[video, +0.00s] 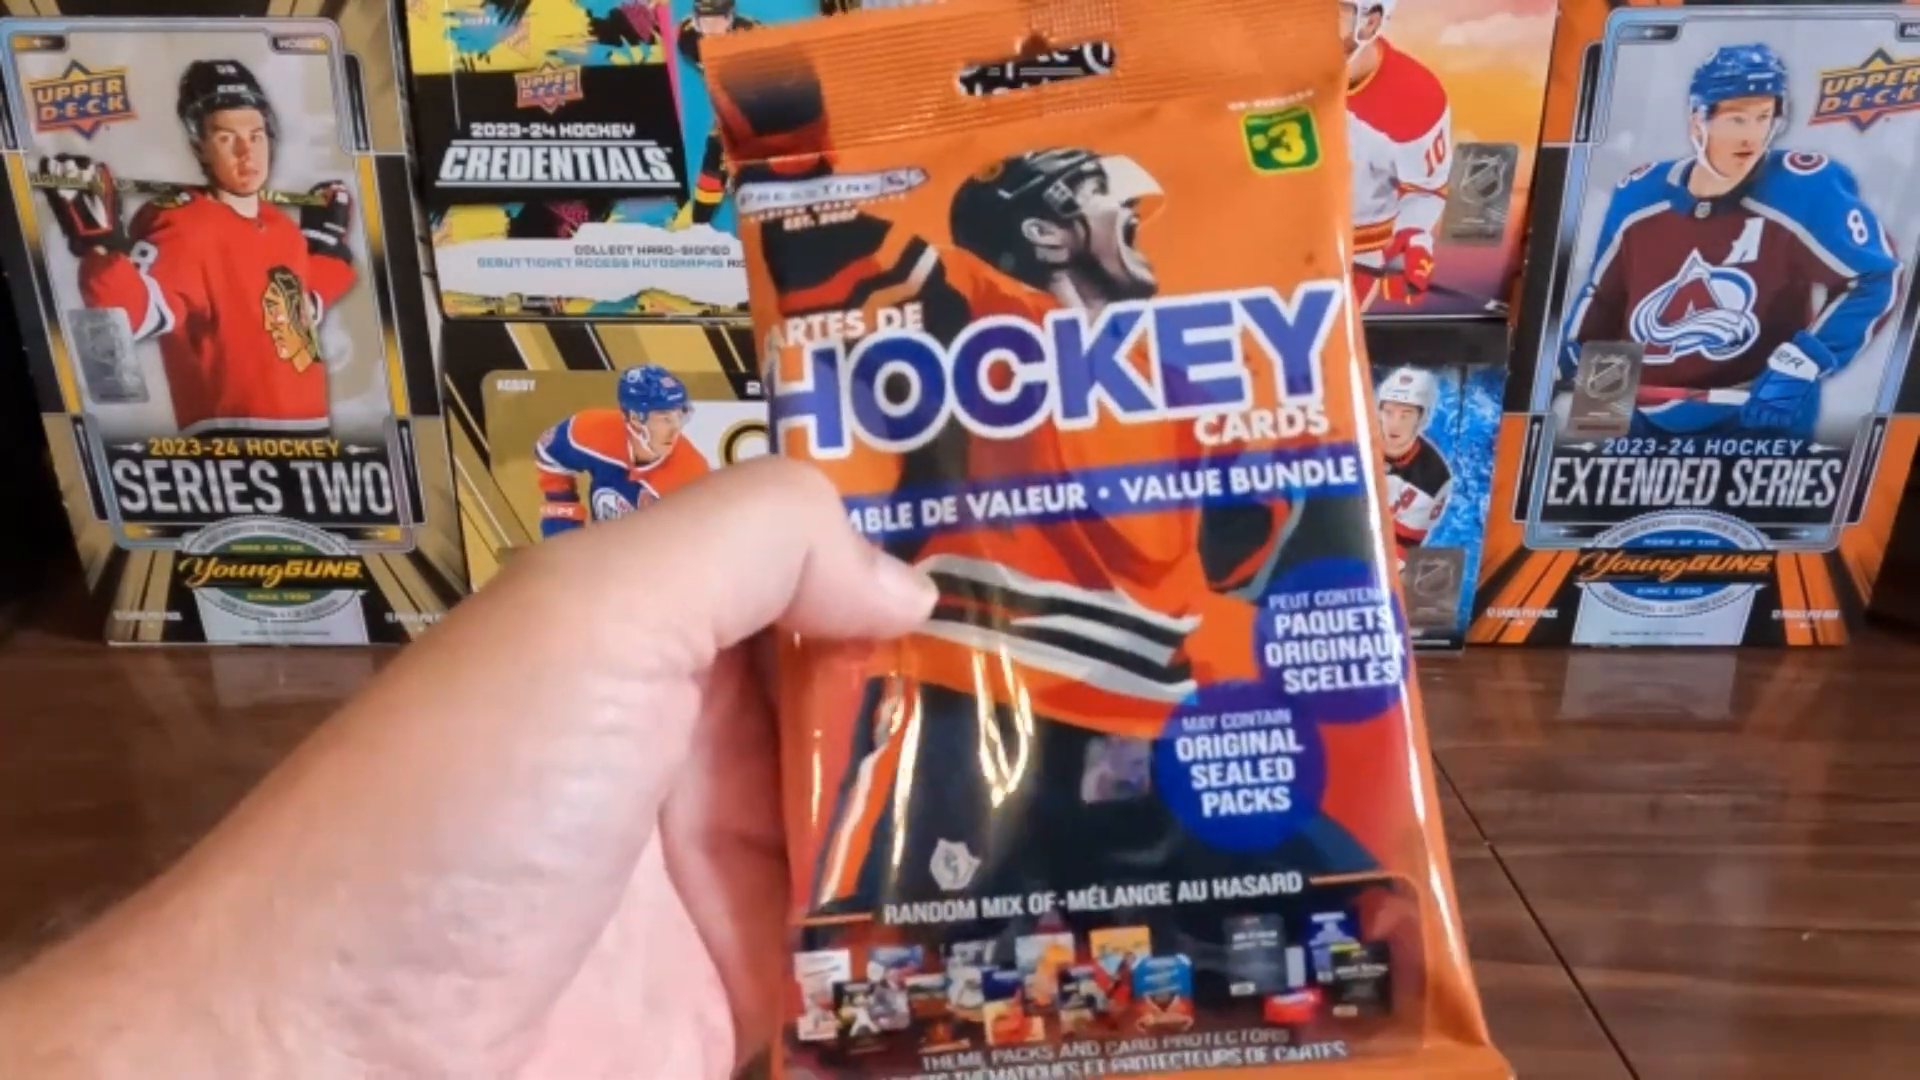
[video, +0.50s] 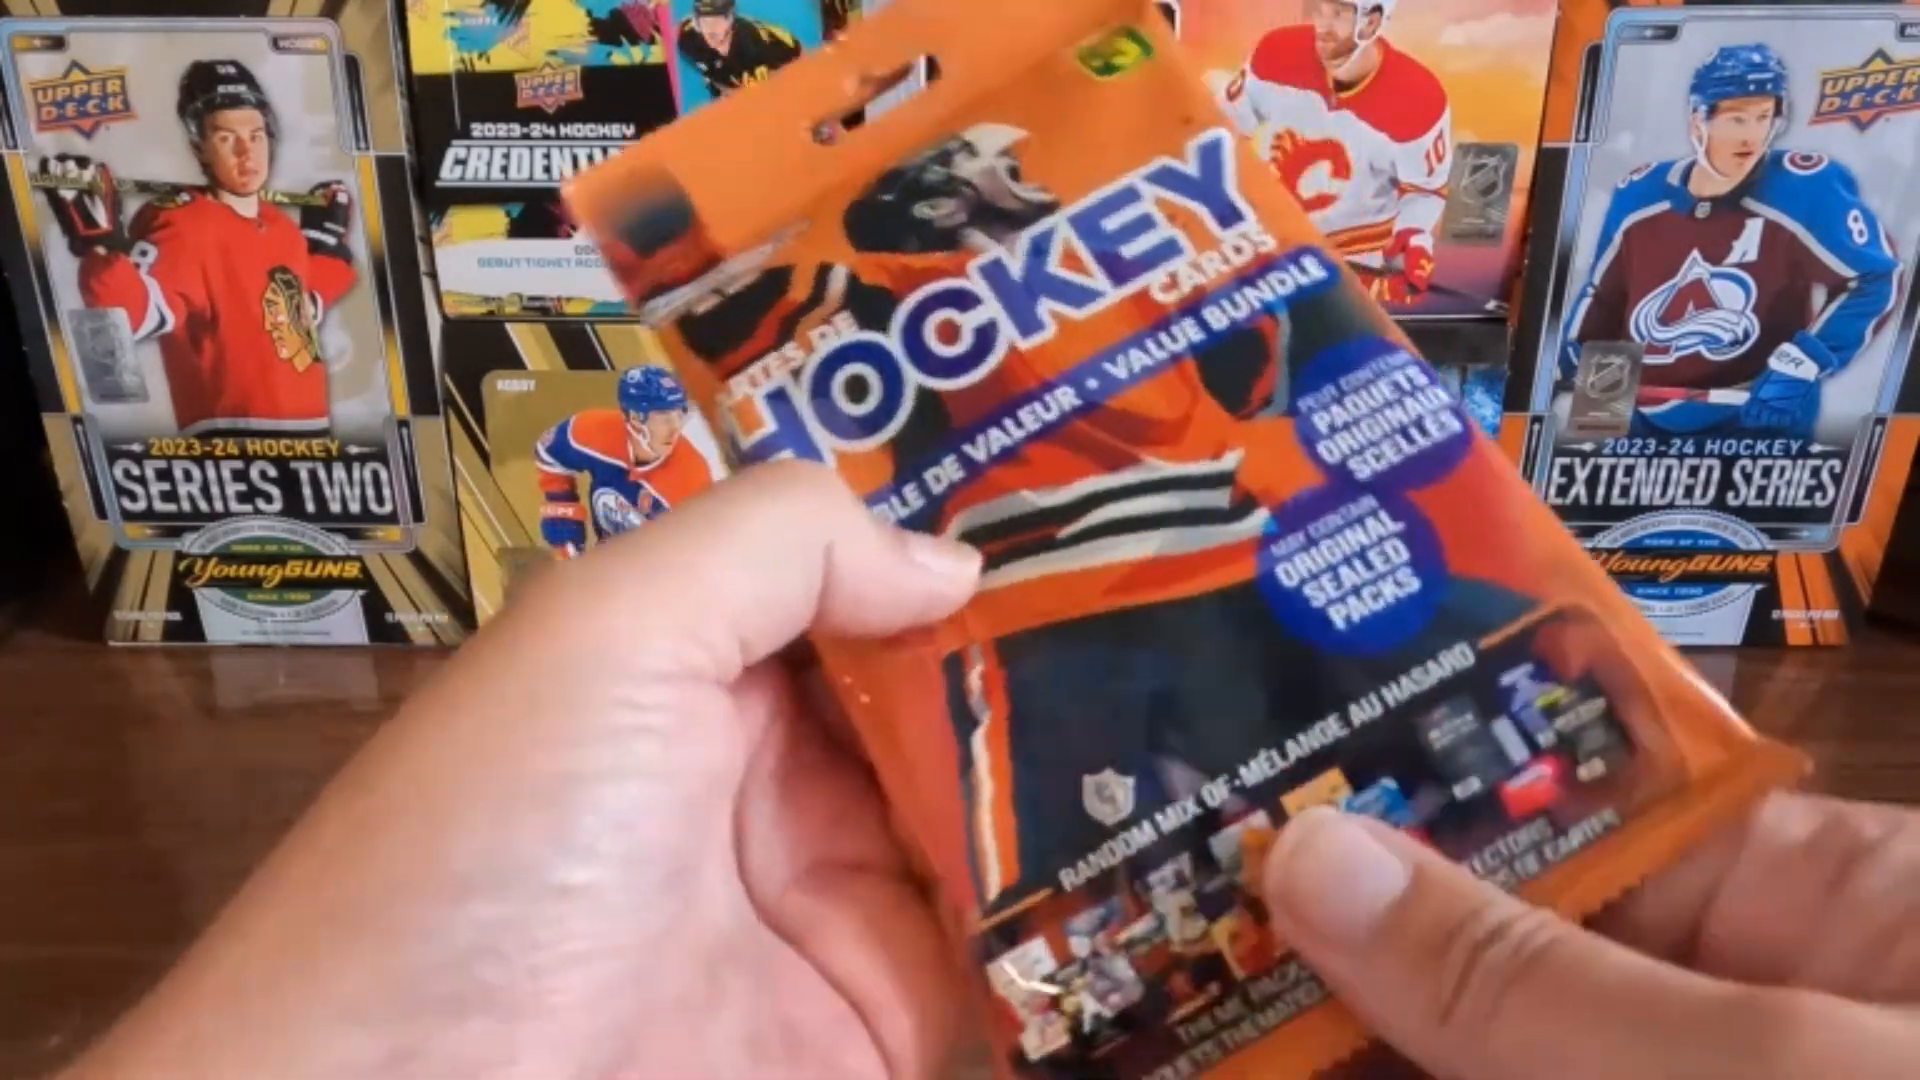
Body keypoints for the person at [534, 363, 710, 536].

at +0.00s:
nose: (676, 429)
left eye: (679, 418)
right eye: (665, 419)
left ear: (684, 416)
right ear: (635, 420)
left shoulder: (692, 474)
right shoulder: (592, 431)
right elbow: (549, 454)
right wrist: (564, 527)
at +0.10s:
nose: (676, 429)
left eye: (680, 417)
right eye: (665, 420)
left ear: (685, 415)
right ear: (635, 420)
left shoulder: (691, 471)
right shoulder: (592, 431)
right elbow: (549, 454)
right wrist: (564, 521)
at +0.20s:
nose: (676, 430)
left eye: (679, 418)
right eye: (665, 420)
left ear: (685, 417)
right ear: (635, 420)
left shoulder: (691, 475)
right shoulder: (591, 431)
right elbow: (550, 454)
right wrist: (564, 522)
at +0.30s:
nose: (676, 430)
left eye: (679, 419)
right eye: (665, 419)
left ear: (685, 418)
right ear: (635, 420)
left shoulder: (692, 479)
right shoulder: (593, 432)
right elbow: (550, 454)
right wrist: (563, 524)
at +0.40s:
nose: (676, 429)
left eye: (680, 417)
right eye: (665, 420)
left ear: (685, 414)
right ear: (635, 420)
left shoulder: (691, 477)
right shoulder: (593, 433)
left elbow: (701, 545)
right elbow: (550, 453)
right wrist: (562, 511)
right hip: (604, 559)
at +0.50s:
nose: (676, 429)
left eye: (679, 416)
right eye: (664, 418)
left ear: (685, 416)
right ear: (635, 420)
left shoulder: (692, 476)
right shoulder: (593, 432)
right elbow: (550, 453)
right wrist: (563, 516)